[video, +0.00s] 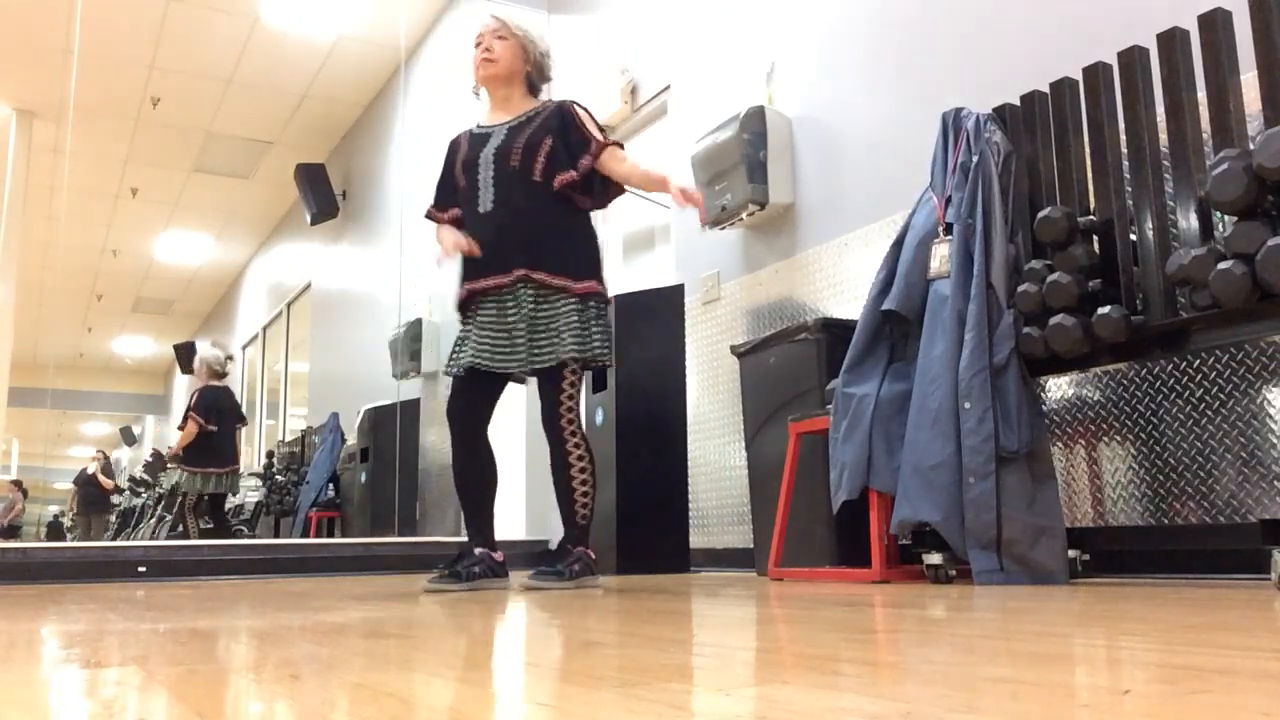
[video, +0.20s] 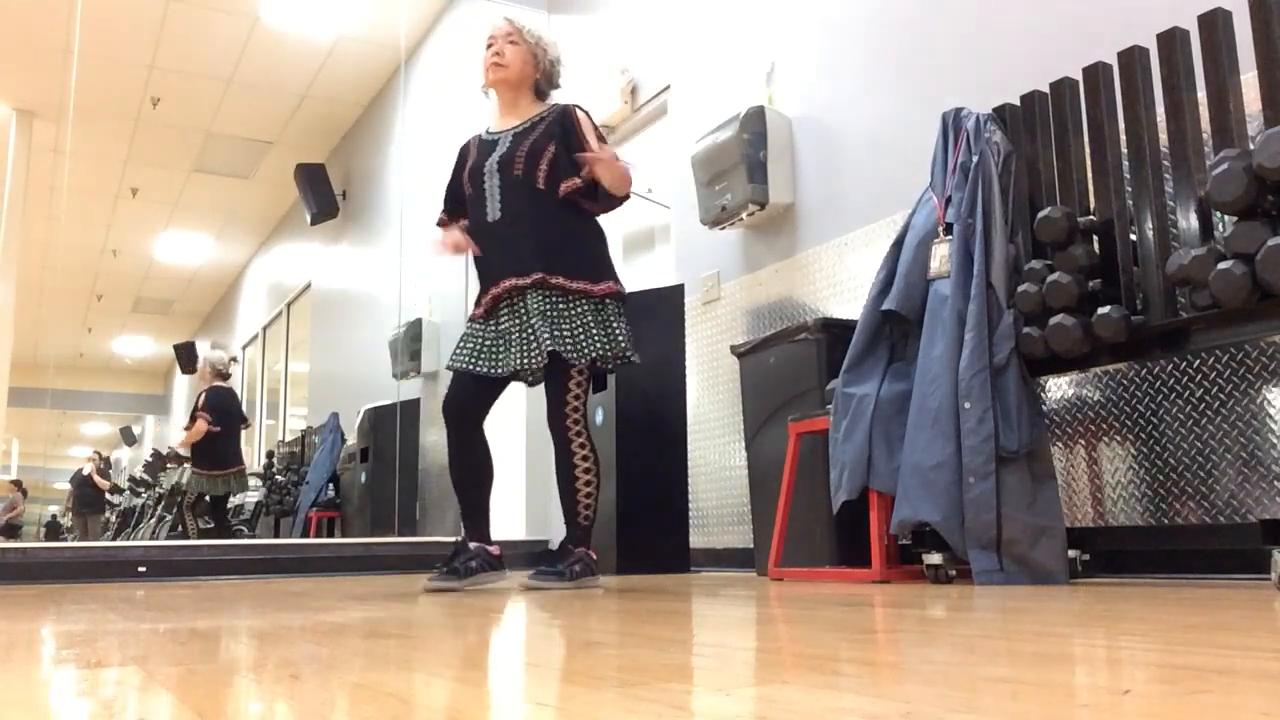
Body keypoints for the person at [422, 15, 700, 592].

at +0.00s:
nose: (483, 46)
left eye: (498, 39)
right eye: (478, 41)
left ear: (528, 59)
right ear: (476, 66)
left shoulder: (560, 114)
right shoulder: (465, 143)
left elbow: (616, 163)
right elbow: (447, 221)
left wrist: (668, 184)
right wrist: (452, 238)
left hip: (563, 287)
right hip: (494, 292)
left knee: (562, 416)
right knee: (464, 413)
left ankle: (578, 549)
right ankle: (483, 550)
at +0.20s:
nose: (494, 50)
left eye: (509, 43)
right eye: (489, 45)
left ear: (538, 63)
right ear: (483, 70)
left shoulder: (566, 119)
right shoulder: (473, 150)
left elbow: (619, 189)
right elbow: (452, 226)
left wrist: (605, 166)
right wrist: (454, 237)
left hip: (570, 290)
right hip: (503, 298)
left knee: (567, 415)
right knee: (460, 410)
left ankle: (579, 551)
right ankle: (478, 545)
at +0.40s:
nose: (495, 50)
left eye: (508, 41)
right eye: (488, 45)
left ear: (538, 60)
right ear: (485, 69)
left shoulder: (560, 118)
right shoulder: (474, 143)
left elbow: (594, 184)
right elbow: (445, 218)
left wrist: (512, 172)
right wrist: (410, 172)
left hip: (555, 291)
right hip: (489, 298)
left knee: (561, 418)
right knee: (450, 415)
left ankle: (579, 549)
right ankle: (463, 546)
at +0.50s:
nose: (490, 51)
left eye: (503, 42)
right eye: (484, 46)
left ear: (534, 60)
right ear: (481, 70)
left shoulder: (554, 122)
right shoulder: (469, 141)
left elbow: (576, 195)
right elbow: (432, 210)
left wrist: (491, 188)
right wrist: (397, 152)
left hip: (539, 295)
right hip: (479, 299)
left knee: (549, 418)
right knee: (452, 421)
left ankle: (578, 549)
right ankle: (465, 552)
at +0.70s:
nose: (473, 59)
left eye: (486, 50)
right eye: (467, 55)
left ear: (517, 68)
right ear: (465, 79)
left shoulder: (536, 130)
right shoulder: (451, 149)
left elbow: (564, 211)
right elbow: (401, 206)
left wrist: (480, 238)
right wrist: (388, 135)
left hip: (504, 305)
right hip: (443, 303)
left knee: (481, 422)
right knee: (445, 426)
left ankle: (548, 540)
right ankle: (461, 551)